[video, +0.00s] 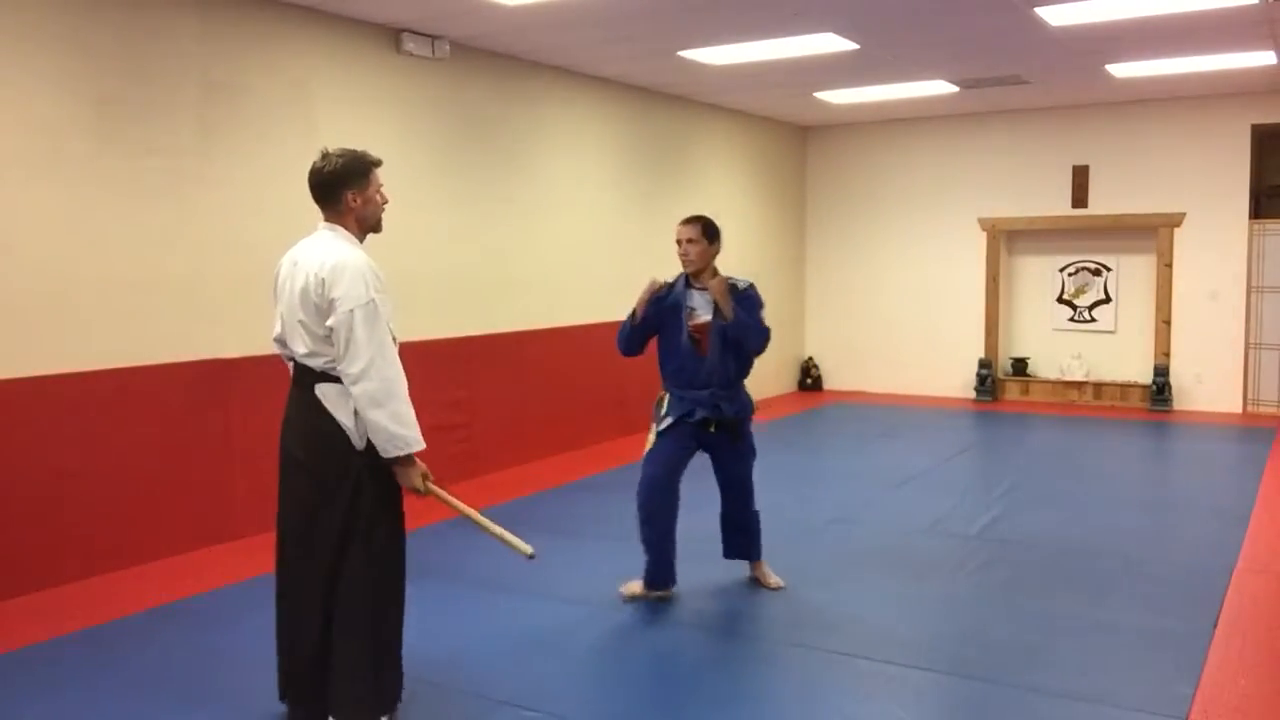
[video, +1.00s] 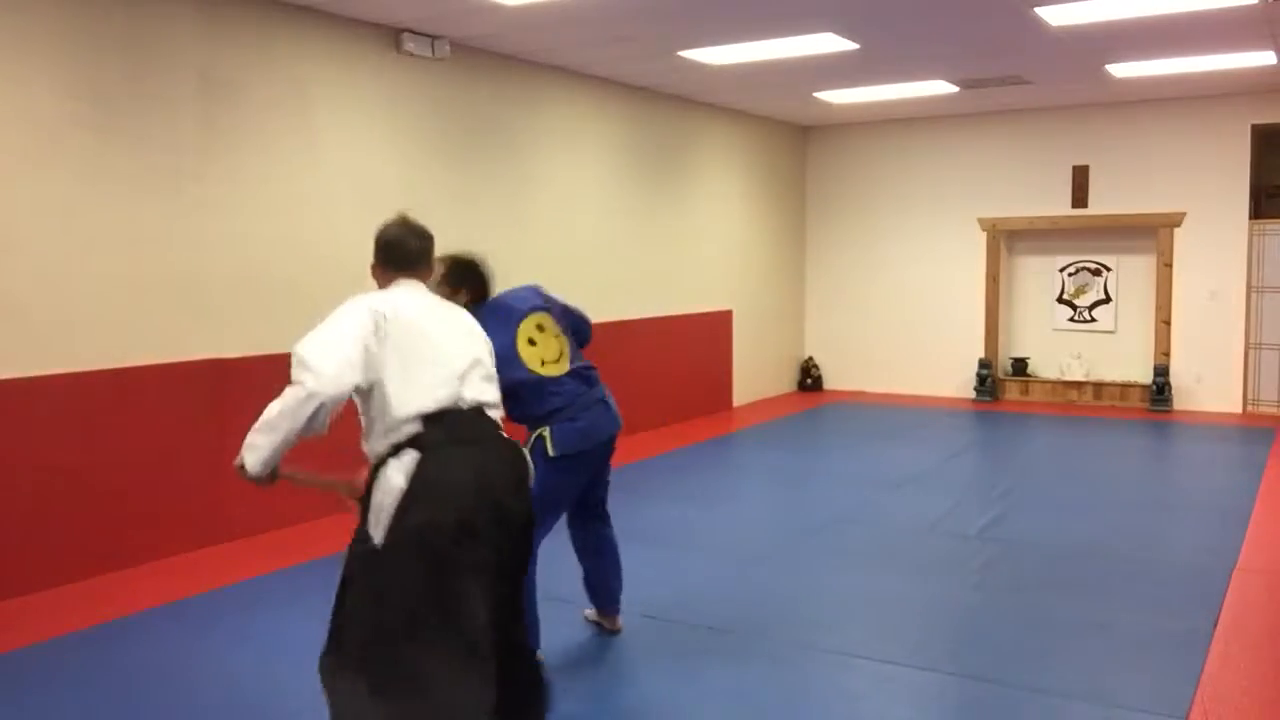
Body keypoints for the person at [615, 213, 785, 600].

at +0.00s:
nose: (683, 250)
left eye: (691, 243)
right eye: (679, 244)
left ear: (713, 247)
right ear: (676, 249)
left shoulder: (742, 294)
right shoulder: (666, 296)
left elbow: (757, 344)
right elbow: (627, 347)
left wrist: (727, 305)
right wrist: (641, 308)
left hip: (730, 413)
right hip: (681, 414)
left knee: (740, 491)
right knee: (654, 483)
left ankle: (757, 565)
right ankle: (658, 581)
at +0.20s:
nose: (640, 254)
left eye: (649, 246)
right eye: (636, 247)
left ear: (670, 251)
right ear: (632, 251)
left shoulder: (697, 298)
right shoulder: (622, 300)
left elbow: (715, 346)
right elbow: (593, 356)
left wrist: (681, 308)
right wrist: (603, 326)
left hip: (687, 416)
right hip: (640, 419)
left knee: (715, 489)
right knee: (631, 502)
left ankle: (749, 552)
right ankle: (657, 586)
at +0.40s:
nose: (590, 250)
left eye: (599, 243)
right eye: (587, 243)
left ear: (622, 248)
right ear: (585, 248)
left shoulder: (645, 289)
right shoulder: (591, 301)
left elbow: (626, 306)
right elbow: (571, 358)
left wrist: (579, 273)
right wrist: (569, 340)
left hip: (646, 410)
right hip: (608, 411)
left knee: (617, 498)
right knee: (622, 500)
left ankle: (621, 601)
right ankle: (658, 583)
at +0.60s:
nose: (540, 259)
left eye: (551, 251)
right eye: (541, 251)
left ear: (580, 258)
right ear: (577, 262)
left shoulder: (568, 291)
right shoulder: (598, 298)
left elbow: (513, 274)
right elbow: (571, 358)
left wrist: (454, 230)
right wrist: (532, 343)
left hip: (576, 432)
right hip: (607, 429)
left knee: (526, 524)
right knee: (592, 502)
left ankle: (521, 649)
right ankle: (649, 573)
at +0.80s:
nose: (495, 248)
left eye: (505, 241)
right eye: (497, 240)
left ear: (533, 250)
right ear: (542, 255)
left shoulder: (507, 290)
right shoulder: (579, 292)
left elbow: (450, 316)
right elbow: (603, 358)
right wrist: (579, 407)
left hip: (557, 432)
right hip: (602, 428)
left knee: (514, 532)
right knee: (576, 513)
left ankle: (521, 650)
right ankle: (602, 609)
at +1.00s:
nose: (436, 303)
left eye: (440, 294)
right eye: (436, 294)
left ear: (460, 295)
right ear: (479, 289)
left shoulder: (465, 337)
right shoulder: (529, 295)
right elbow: (582, 328)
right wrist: (549, 351)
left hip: (558, 443)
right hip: (603, 426)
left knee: (517, 538)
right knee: (590, 515)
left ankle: (523, 647)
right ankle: (608, 611)